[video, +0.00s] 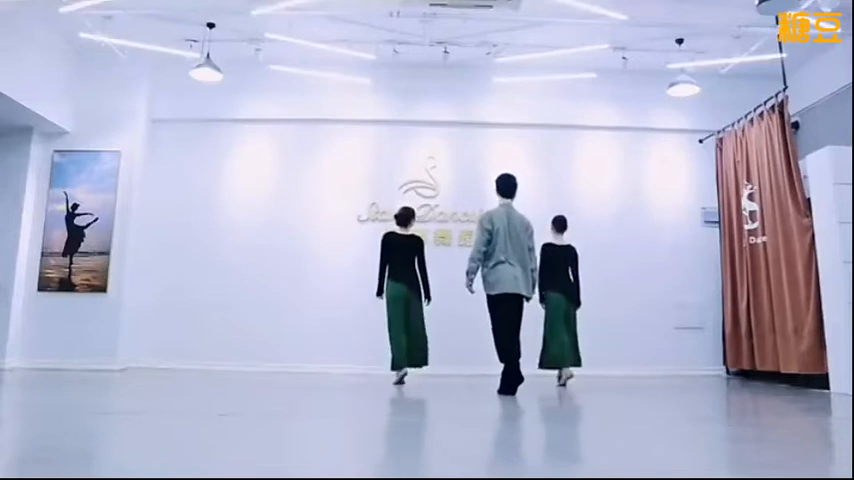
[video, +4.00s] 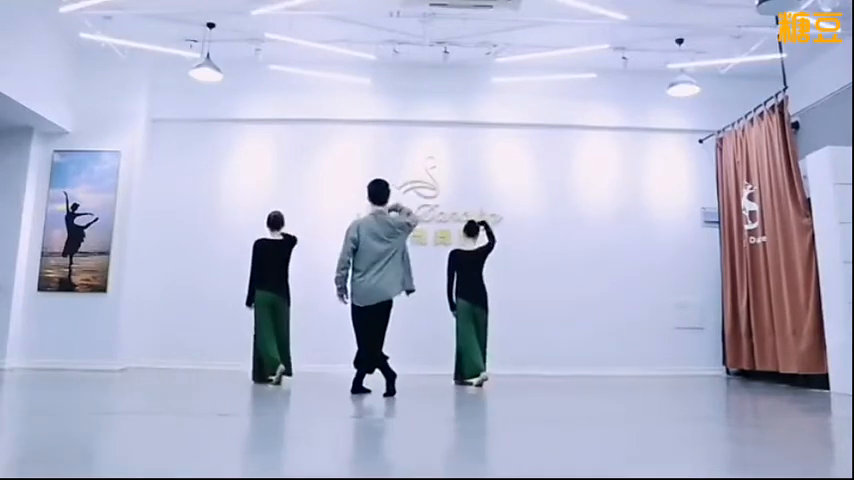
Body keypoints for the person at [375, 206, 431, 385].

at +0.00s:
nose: (412, 222)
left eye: (409, 219)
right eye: (412, 219)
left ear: (396, 219)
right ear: (412, 221)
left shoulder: (388, 238)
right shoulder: (417, 240)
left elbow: (383, 264)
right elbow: (422, 268)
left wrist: (380, 287)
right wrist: (427, 291)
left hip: (394, 286)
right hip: (412, 288)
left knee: (396, 326)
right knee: (410, 325)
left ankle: (400, 367)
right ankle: (403, 365)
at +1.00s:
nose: (378, 220)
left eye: (376, 216)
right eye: (378, 217)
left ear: (362, 217)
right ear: (376, 219)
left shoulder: (353, 235)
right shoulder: (382, 239)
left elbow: (347, 262)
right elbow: (386, 267)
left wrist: (344, 284)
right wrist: (389, 289)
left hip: (357, 283)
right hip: (376, 285)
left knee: (356, 326)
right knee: (376, 326)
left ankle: (357, 366)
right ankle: (373, 366)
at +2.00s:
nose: (349, 219)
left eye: (348, 216)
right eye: (349, 217)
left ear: (332, 217)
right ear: (347, 218)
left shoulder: (323, 235)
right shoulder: (353, 238)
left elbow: (316, 261)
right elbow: (358, 266)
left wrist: (312, 283)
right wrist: (362, 288)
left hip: (327, 284)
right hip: (347, 286)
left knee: (328, 326)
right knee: (345, 326)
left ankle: (333, 367)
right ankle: (342, 366)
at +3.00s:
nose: (285, 245)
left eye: (281, 242)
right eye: (287, 242)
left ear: (277, 241)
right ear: (293, 241)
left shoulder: (271, 257)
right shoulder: (301, 258)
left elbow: (266, 286)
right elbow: (297, 284)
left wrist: (260, 309)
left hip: (273, 303)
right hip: (294, 306)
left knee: (271, 340)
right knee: (281, 344)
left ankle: (279, 370)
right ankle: (265, 372)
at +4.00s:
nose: (275, 227)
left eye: (271, 224)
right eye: (278, 224)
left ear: (267, 225)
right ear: (282, 226)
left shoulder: (259, 244)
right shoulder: (288, 243)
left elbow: (254, 273)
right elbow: (292, 239)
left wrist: (250, 296)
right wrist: (282, 232)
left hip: (262, 292)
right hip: (281, 293)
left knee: (265, 331)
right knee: (280, 331)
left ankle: (276, 365)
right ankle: (275, 372)